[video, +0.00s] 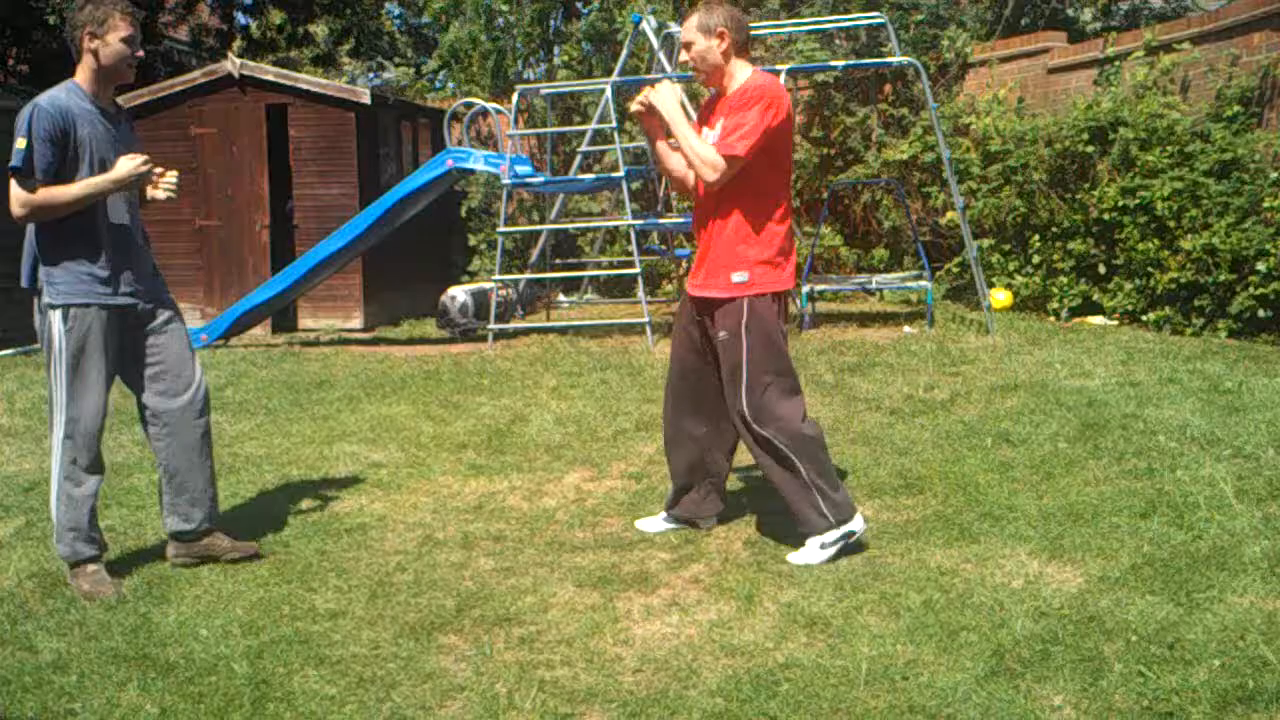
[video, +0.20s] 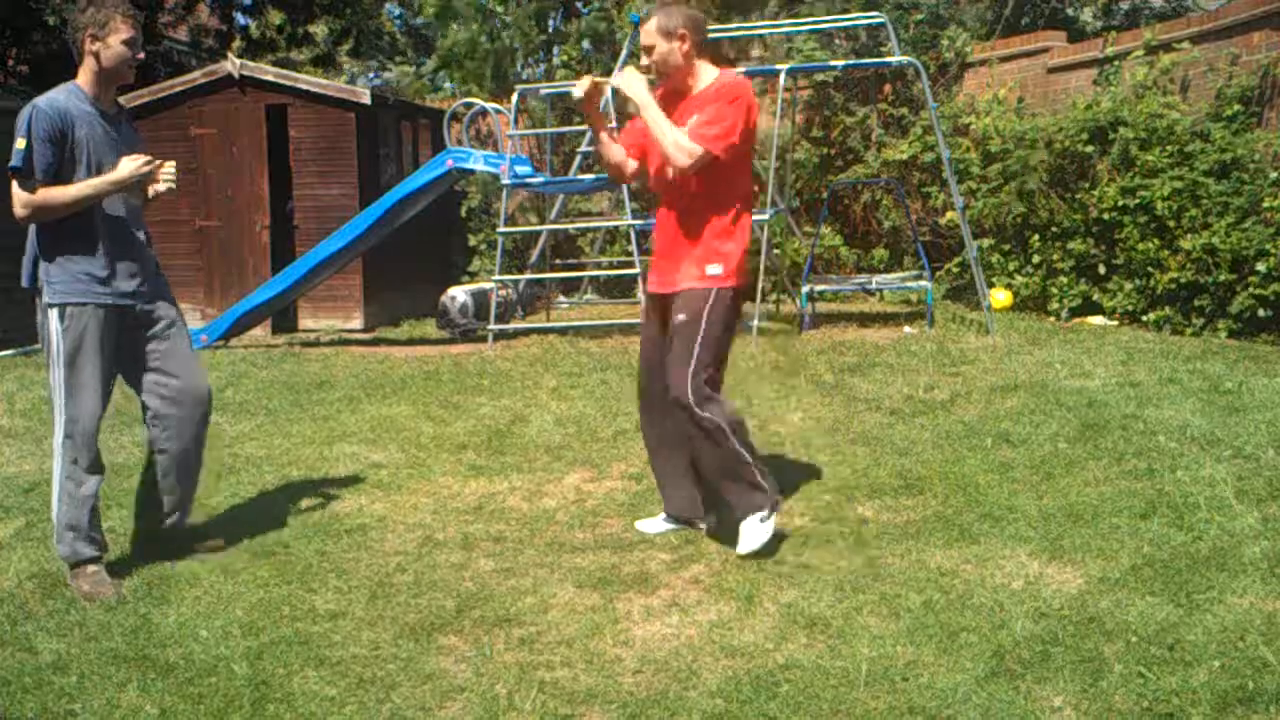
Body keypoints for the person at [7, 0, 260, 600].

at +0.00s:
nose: (139, 52)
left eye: (139, 43)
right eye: (129, 41)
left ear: (114, 49)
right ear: (90, 45)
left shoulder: (122, 121)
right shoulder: (47, 110)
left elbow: (115, 206)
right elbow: (22, 203)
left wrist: (148, 191)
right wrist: (112, 181)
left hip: (138, 285)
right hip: (76, 292)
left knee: (182, 397)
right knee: (79, 427)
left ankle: (191, 534)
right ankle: (83, 557)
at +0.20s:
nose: (140, 55)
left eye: (141, 45)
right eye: (130, 45)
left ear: (112, 49)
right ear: (93, 45)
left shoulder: (122, 123)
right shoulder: (46, 112)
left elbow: (117, 210)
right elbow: (25, 205)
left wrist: (147, 191)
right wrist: (114, 181)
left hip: (140, 287)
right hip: (78, 292)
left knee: (187, 396)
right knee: (79, 426)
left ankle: (166, 530)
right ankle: (82, 556)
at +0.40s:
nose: (148, 60)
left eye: (148, 50)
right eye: (140, 49)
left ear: (113, 53)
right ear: (102, 50)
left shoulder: (131, 122)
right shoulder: (59, 112)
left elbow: (134, 214)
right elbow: (48, 203)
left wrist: (160, 185)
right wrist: (132, 167)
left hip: (155, 290)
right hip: (97, 294)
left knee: (171, 417)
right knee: (99, 426)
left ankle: (133, 534)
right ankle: (83, 553)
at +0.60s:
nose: (166, 64)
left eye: (166, 55)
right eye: (158, 54)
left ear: (131, 57)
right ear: (123, 55)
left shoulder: (141, 121)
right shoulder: (92, 112)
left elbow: (171, 199)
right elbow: (112, 192)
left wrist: (187, 144)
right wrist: (171, 142)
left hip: (161, 279)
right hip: (130, 281)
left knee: (151, 406)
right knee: (180, 398)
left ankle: (123, 531)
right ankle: (142, 529)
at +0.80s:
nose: (185, 66)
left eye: (185, 56)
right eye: (177, 56)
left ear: (149, 58)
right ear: (142, 56)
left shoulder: (151, 115)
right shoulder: (119, 110)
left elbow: (187, 191)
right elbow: (154, 186)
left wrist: (199, 133)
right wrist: (196, 132)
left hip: (162, 277)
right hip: (151, 281)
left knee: (161, 404)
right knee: (209, 396)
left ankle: (126, 534)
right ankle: (240, 540)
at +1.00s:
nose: (207, 72)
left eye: (208, 61)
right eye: (199, 60)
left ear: (172, 64)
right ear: (163, 61)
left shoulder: (176, 124)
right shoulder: (137, 119)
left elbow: (212, 208)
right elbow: (173, 199)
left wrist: (242, 153)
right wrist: (208, 138)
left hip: (193, 285)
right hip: (180, 289)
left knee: (188, 413)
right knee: (247, 406)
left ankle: (131, 533)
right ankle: (276, 542)